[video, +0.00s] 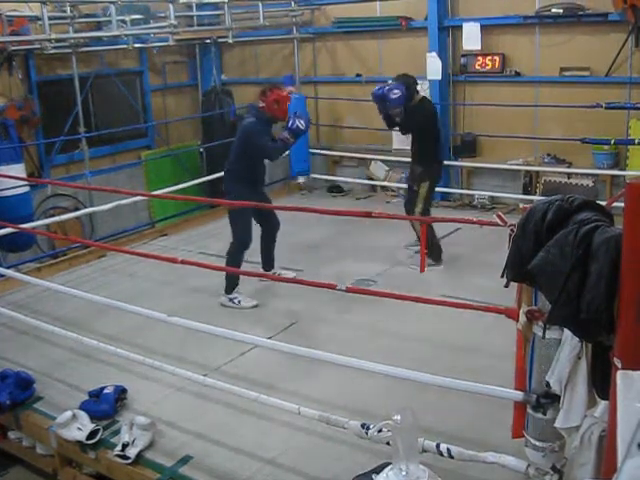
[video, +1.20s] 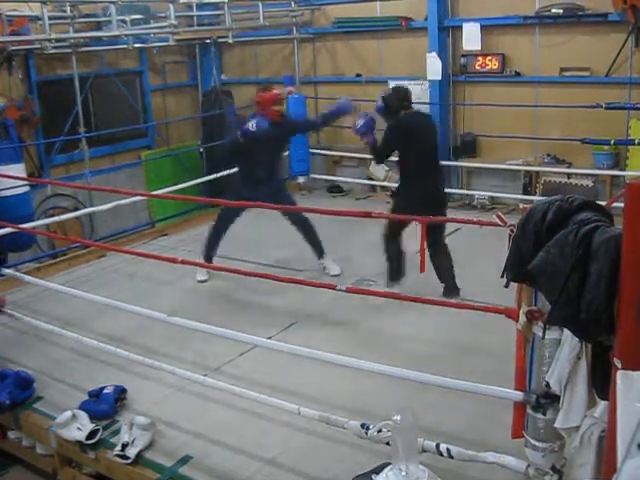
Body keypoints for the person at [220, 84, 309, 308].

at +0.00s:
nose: (282, 111)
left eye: (283, 106)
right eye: (279, 105)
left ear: (269, 105)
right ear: (266, 103)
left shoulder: (263, 125)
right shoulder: (252, 126)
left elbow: (272, 149)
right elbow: (271, 153)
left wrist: (289, 135)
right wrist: (290, 136)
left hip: (253, 187)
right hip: (237, 188)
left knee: (271, 224)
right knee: (242, 238)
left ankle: (269, 270)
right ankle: (229, 292)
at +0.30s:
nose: (277, 112)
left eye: (278, 108)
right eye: (275, 108)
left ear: (266, 106)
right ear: (266, 106)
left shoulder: (261, 123)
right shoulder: (246, 124)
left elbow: (279, 143)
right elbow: (276, 145)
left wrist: (290, 117)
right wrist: (288, 122)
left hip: (247, 181)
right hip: (227, 181)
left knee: (263, 222)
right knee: (229, 229)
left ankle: (269, 269)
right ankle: (214, 270)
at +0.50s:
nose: (256, 106)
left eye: (256, 102)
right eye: (252, 102)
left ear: (253, 104)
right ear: (242, 103)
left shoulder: (250, 121)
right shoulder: (227, 123)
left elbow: (268, 136)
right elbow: (245, 144)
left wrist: (279, 106)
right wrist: (256, 128)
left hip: (242, 179)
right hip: (221, 180)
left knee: (259, 220)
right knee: (216, 224)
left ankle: (268, 268)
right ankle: (204, 264)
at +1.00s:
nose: (247, 115)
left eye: (248, 111)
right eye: (243, 111)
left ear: (249, 112)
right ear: (232, 111)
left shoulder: (248, 125)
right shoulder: (216, 126)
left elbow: (265, 153)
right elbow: (215, 154)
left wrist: (265, 133)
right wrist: (236, 137)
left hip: (243, 183)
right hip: (219, 185)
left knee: (272, 215)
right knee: (211, 223)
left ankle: (282, 259)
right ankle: (202, 265)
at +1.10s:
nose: (256, 116)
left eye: (258, 113)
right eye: (253, 112)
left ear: (260, 113)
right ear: (243, 112)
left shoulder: (259, 131)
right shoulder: (226, 130)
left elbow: (282, 148)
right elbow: (217, 155)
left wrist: (289, 133)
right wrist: (236, 140)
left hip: (254, 186)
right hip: (229, 188)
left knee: (284, 218)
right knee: (214, 226)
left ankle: (308, 259)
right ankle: (202, 265)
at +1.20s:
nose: (280, 109)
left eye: (281, 104)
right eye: (275, 105)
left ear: (282, 106)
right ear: (264, 108)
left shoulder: (285, 125)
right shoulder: (251, 129)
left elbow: (316, 124)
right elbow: (228, 153)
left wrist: (340, 110)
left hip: (272, 187)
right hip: (246, 187)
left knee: (299, 219)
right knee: (222, 223)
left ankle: (324, 259)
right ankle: (205, 264)